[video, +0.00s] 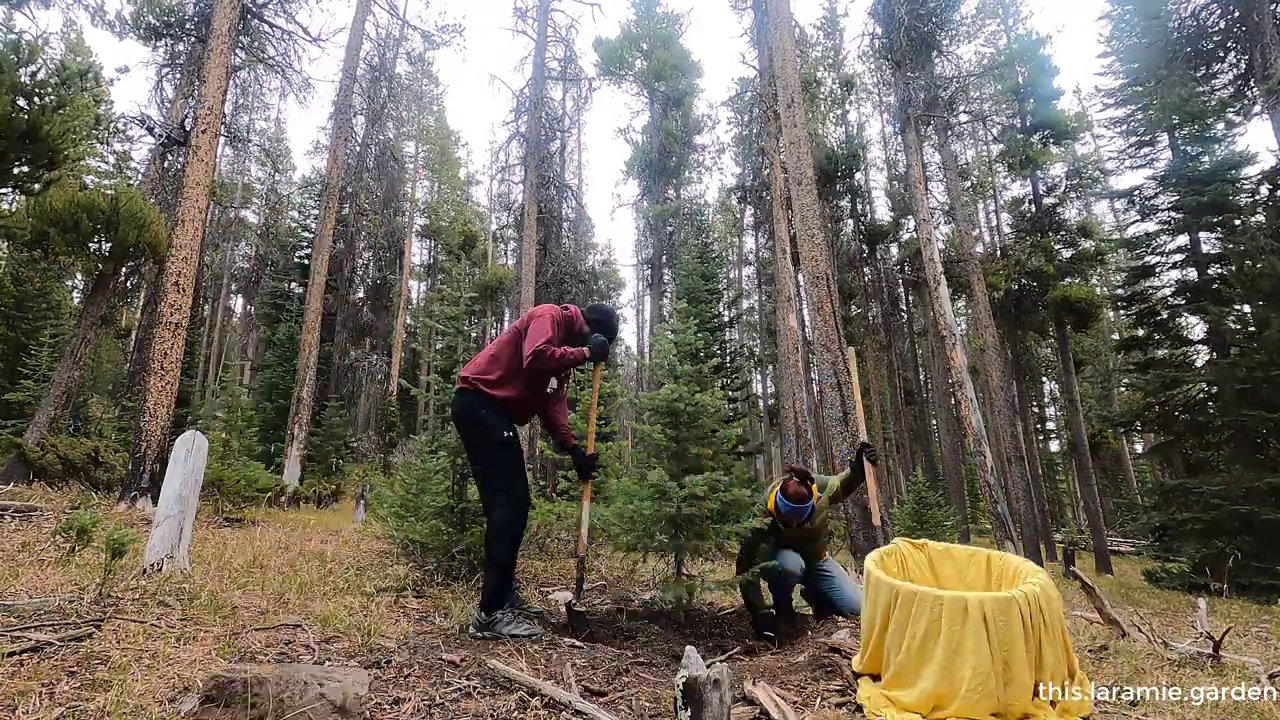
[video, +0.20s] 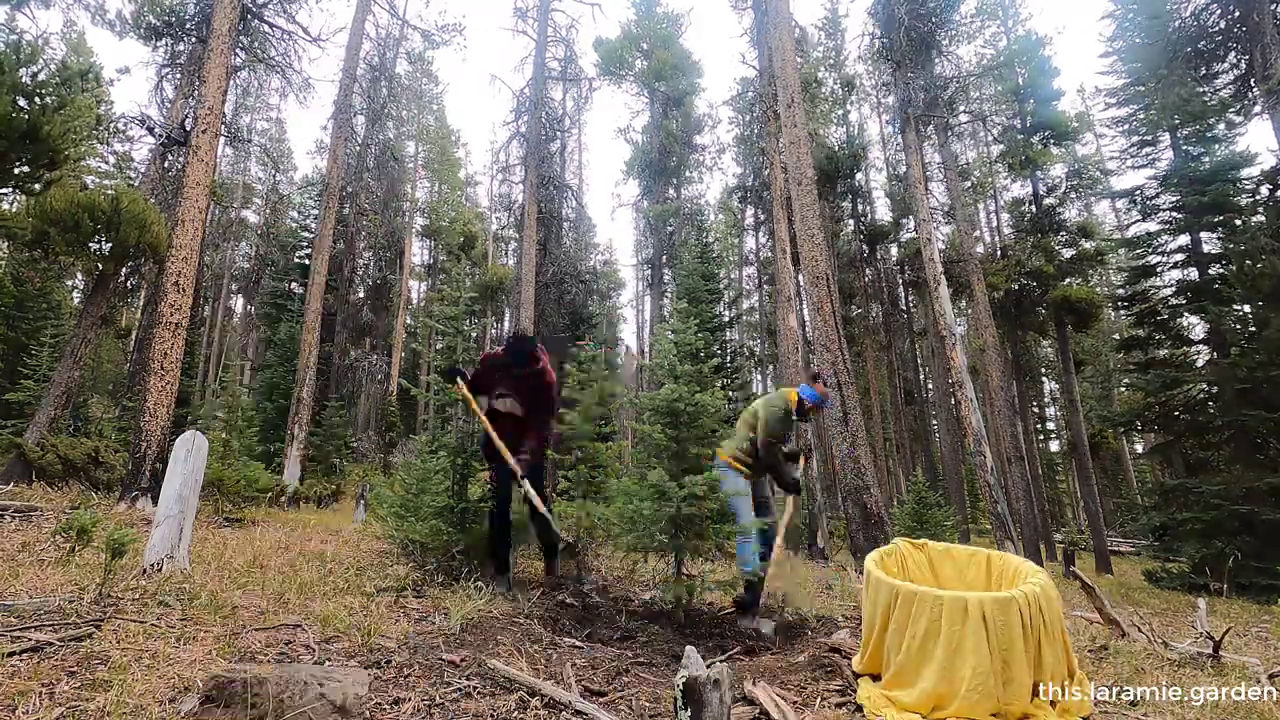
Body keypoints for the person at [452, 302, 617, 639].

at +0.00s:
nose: (593, 348)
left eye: (597, 346)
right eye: (597, 342)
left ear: (590, 335)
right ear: (589, 328)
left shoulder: (562, 355)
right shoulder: (550, 315)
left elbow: (553, 405)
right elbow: (536, 355)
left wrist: (574, 449)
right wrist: (584, 352)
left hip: (497, 411)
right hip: (479, 405)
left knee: (516, 502)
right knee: (509, 503)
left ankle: (501, 601)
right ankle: (492, 612)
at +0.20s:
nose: (519, 368)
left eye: (525, 363)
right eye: (515, 362)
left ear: (534, 358)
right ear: (506, 355)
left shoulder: (543, 376)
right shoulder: (491, 362)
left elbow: (542, 421)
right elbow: (475, 389)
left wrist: (526, 453)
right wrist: (463, 379)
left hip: (529, 441)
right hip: (498, 439)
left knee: (536, 502)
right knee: (500, 505)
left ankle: (551, 563)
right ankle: (501, 574)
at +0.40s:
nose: (569, 389)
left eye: (574, 386)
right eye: (571, 382)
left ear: (574, 381)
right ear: (564, 367)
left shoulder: (547, 395)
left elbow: (513, 444)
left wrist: (517, 493)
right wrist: (486, 350)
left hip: (471, 429)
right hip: (437, 411)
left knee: (491, 505)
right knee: (428, 507)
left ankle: (500, 587)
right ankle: (405, 599)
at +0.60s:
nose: (554, 392)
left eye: (558, 387)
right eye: (552, 384)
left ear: (563, 380)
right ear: (541, 366)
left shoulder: (553, 391)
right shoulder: (513, 365)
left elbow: (550, 439)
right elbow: (475, 398)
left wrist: (551, 486)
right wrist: (500, 393)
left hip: (515, 434)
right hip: (480, 428)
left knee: (522, 506)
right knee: (469, 503)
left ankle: (522, 577)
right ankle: (452, 576)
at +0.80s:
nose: (566, 336)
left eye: (570, 332)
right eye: (563, 330)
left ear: (573, 328)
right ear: (549, 321)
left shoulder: (566, 348)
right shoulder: (517, 337)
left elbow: (569, 390)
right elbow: (491, 375)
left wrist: (558, 423)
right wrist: (524, 365)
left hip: (538, 427)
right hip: (504, 424)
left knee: (547, 495)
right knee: (496, 494)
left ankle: (554, 563)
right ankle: (488, 568)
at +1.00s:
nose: (630, 421)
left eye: (636, 419)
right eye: (633, 414)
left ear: (636, 418)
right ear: (627, 400)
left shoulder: (616, 431)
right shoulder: (596, 389)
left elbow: (605, 463)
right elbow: (551, 360)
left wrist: (607, 489)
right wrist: (531, 393)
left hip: (564, 444)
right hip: (532, 427)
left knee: (573, 505)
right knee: (511, 500)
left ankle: (568, 573)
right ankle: (491, 573)